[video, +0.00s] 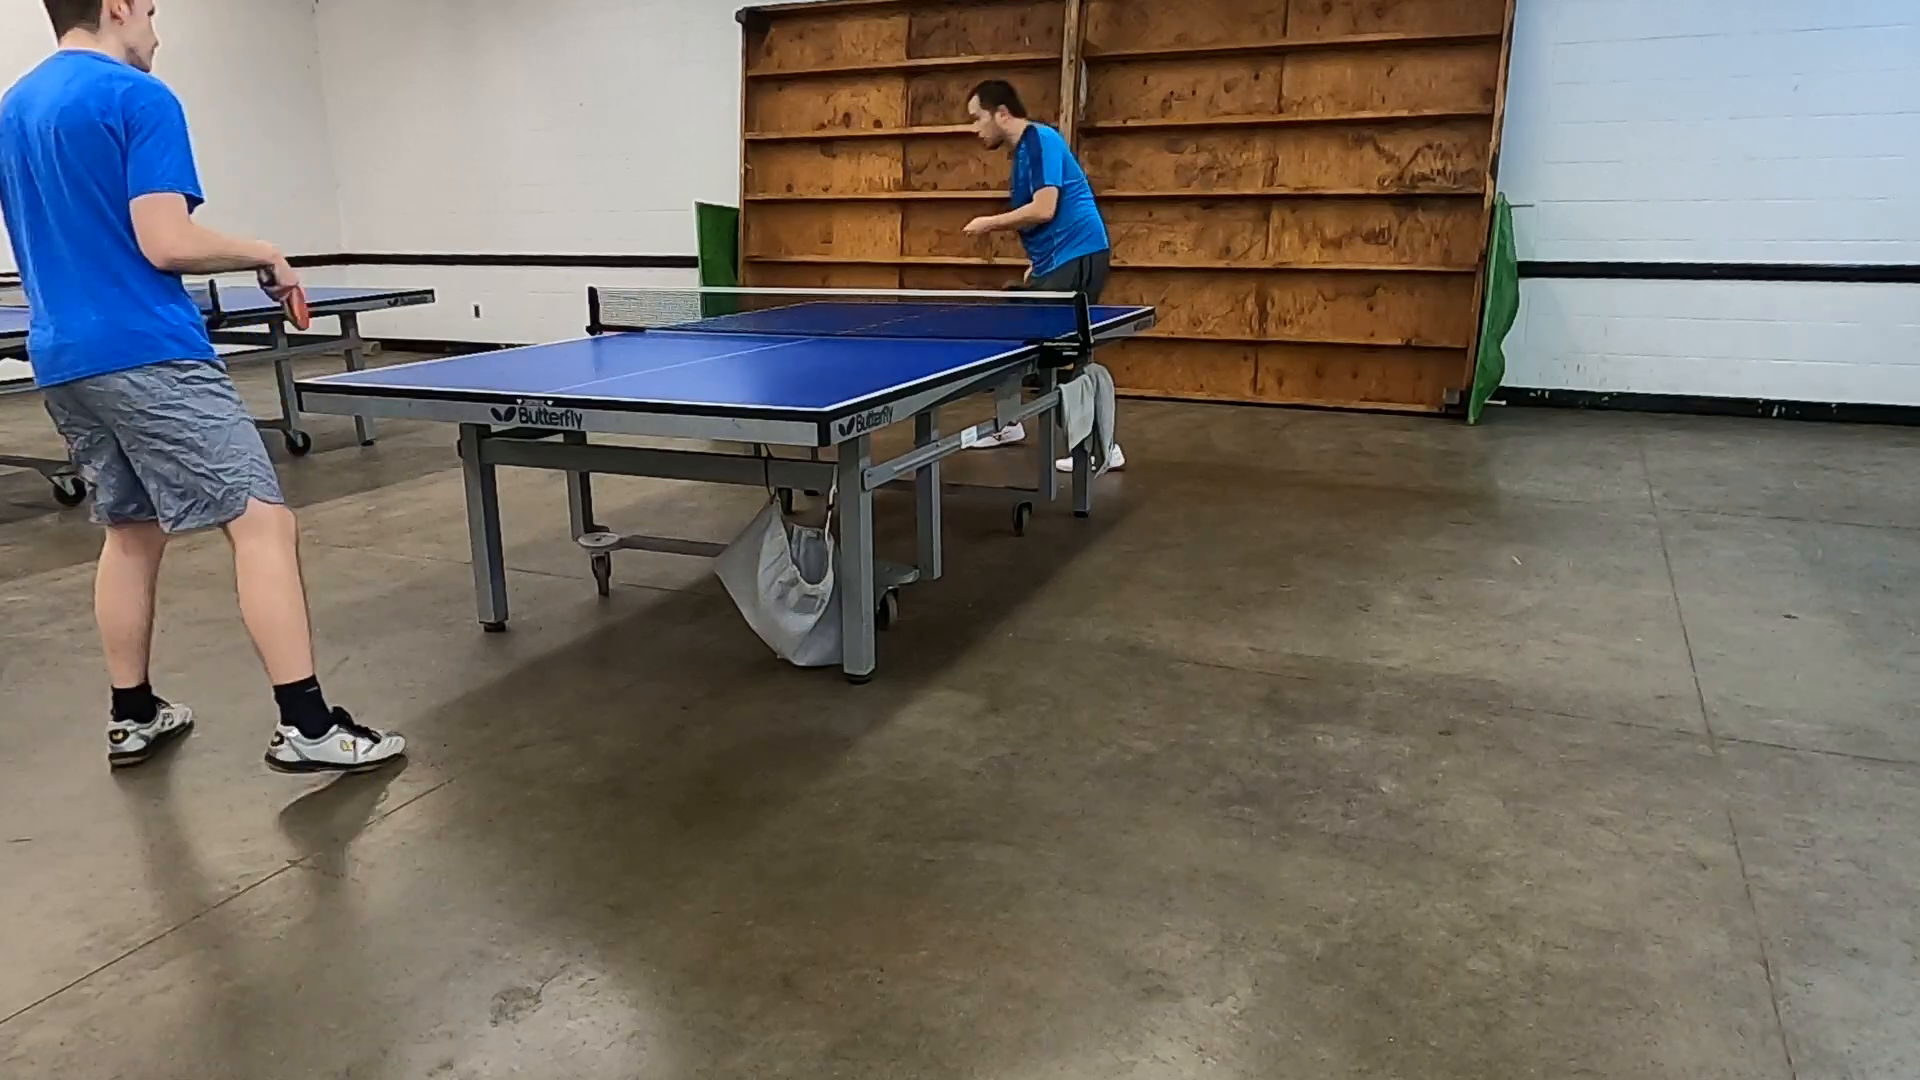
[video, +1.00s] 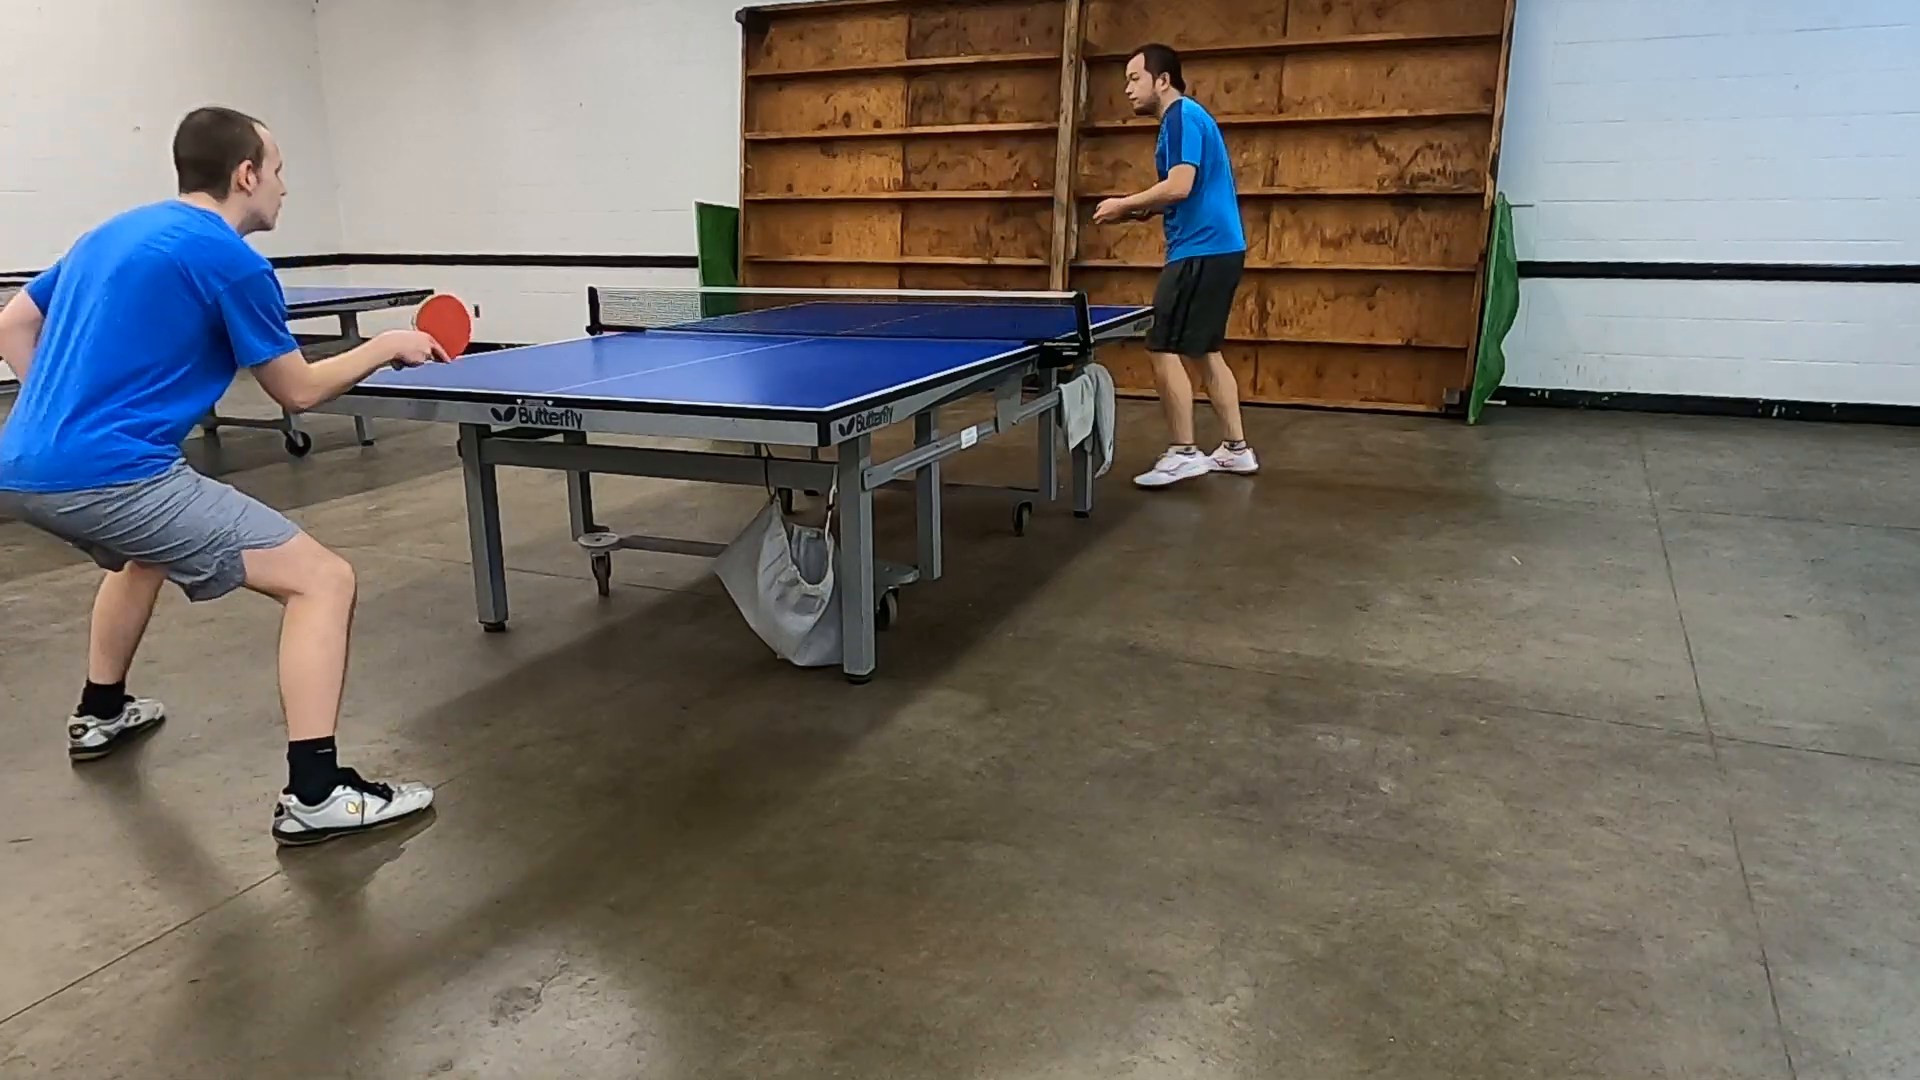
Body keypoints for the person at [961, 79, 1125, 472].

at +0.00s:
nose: (975, 128)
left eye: (977, 118)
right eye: (973, 120)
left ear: (1002, 114)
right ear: (1001, 116)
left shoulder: (1043, 139)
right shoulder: (1020, 155)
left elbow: (1045, 208)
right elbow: (1029, 217)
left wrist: (990, 222)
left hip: (1078, 253)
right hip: (1050, 260)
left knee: (1060, 352)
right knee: (1010, 330)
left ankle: (1099, 445)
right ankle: (1008, 421)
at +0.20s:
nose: (1021, 95)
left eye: (1028, 86)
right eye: (1021, 86)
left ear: (1054, 88)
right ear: (1054, 89)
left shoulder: (1079, 124)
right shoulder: (1071, 125)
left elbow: (1079, 194)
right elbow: (1091, 193)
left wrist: (1030, 217)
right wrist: (1057, 216)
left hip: (1096, 257)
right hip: (1082, 256)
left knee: (1069, 352)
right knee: (1063, 346)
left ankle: (1099, 447)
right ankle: (1070, 426)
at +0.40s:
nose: (1065, 81)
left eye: (1072, 72)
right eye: (1065, 73)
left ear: (1100, 77)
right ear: (1097, 80)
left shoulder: (1114, 117)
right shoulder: (1106, 119)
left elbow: (1120, 188)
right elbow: (1116, 191)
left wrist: (1069, 220)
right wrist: (1074, 203)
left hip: (1114, 256)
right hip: (1113, 254)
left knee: (1094, 351)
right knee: (1110, 345)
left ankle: (1102, 447)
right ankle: (1173, 409)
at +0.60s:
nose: (1103, 79)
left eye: (1111, 71)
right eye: (1103, 72)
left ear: (1138, 78)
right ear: (1136, 80)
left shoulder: (1147, 118)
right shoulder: (1148, 120)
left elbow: (1159, 186)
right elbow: (1147, 193)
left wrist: (1102, 219)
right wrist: (1097, 207)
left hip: (1142, 259)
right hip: (1167, 257)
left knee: (1109, 356)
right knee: (1172, 348)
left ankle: (1101, 446)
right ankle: (1228, 433)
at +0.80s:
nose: (1126, 82)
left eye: (1133, 73)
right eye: (1126, 74)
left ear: (1160, 78)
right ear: (1160, 81)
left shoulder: (1173, 116)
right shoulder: (1182, 118)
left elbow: (1181, 180)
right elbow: (1177, 188)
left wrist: (1122, 211)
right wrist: (1127, 214)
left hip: (1179, 255)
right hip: (1203, 254)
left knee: (1142, 351)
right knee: (1202, 350)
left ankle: (1119, 449)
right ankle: (1236, 446)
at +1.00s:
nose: (1128, 88)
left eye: (1134, 78)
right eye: (1127, 80)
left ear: (1162, 80)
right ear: (1162, 83)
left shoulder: (1183, 116)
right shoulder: (1186, 118)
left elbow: (1180, 185)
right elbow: (1189, 193)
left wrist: (1125, 203)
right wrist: (1149, 210)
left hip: (1200, 252)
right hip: (1216, 250)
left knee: (1163, 348)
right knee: (1202, 349)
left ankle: (1184, 451)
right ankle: (1237, 447)